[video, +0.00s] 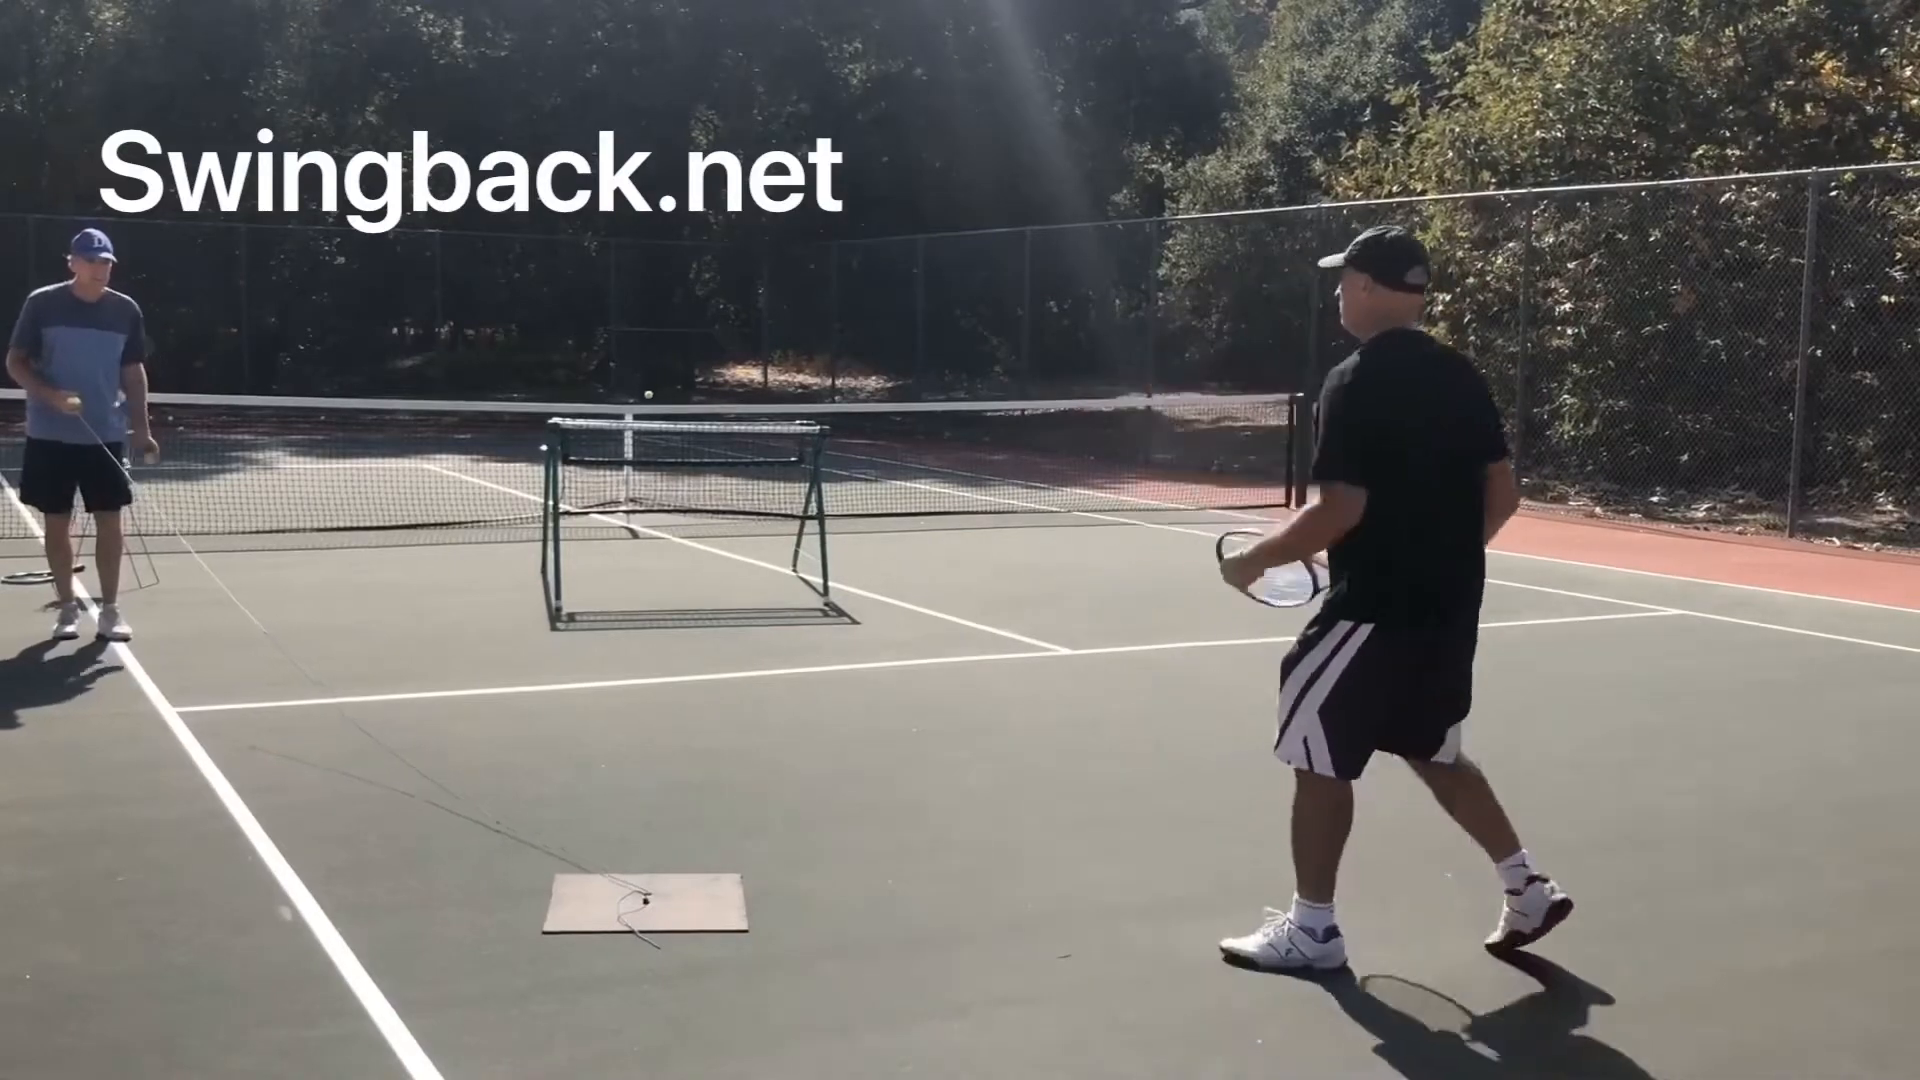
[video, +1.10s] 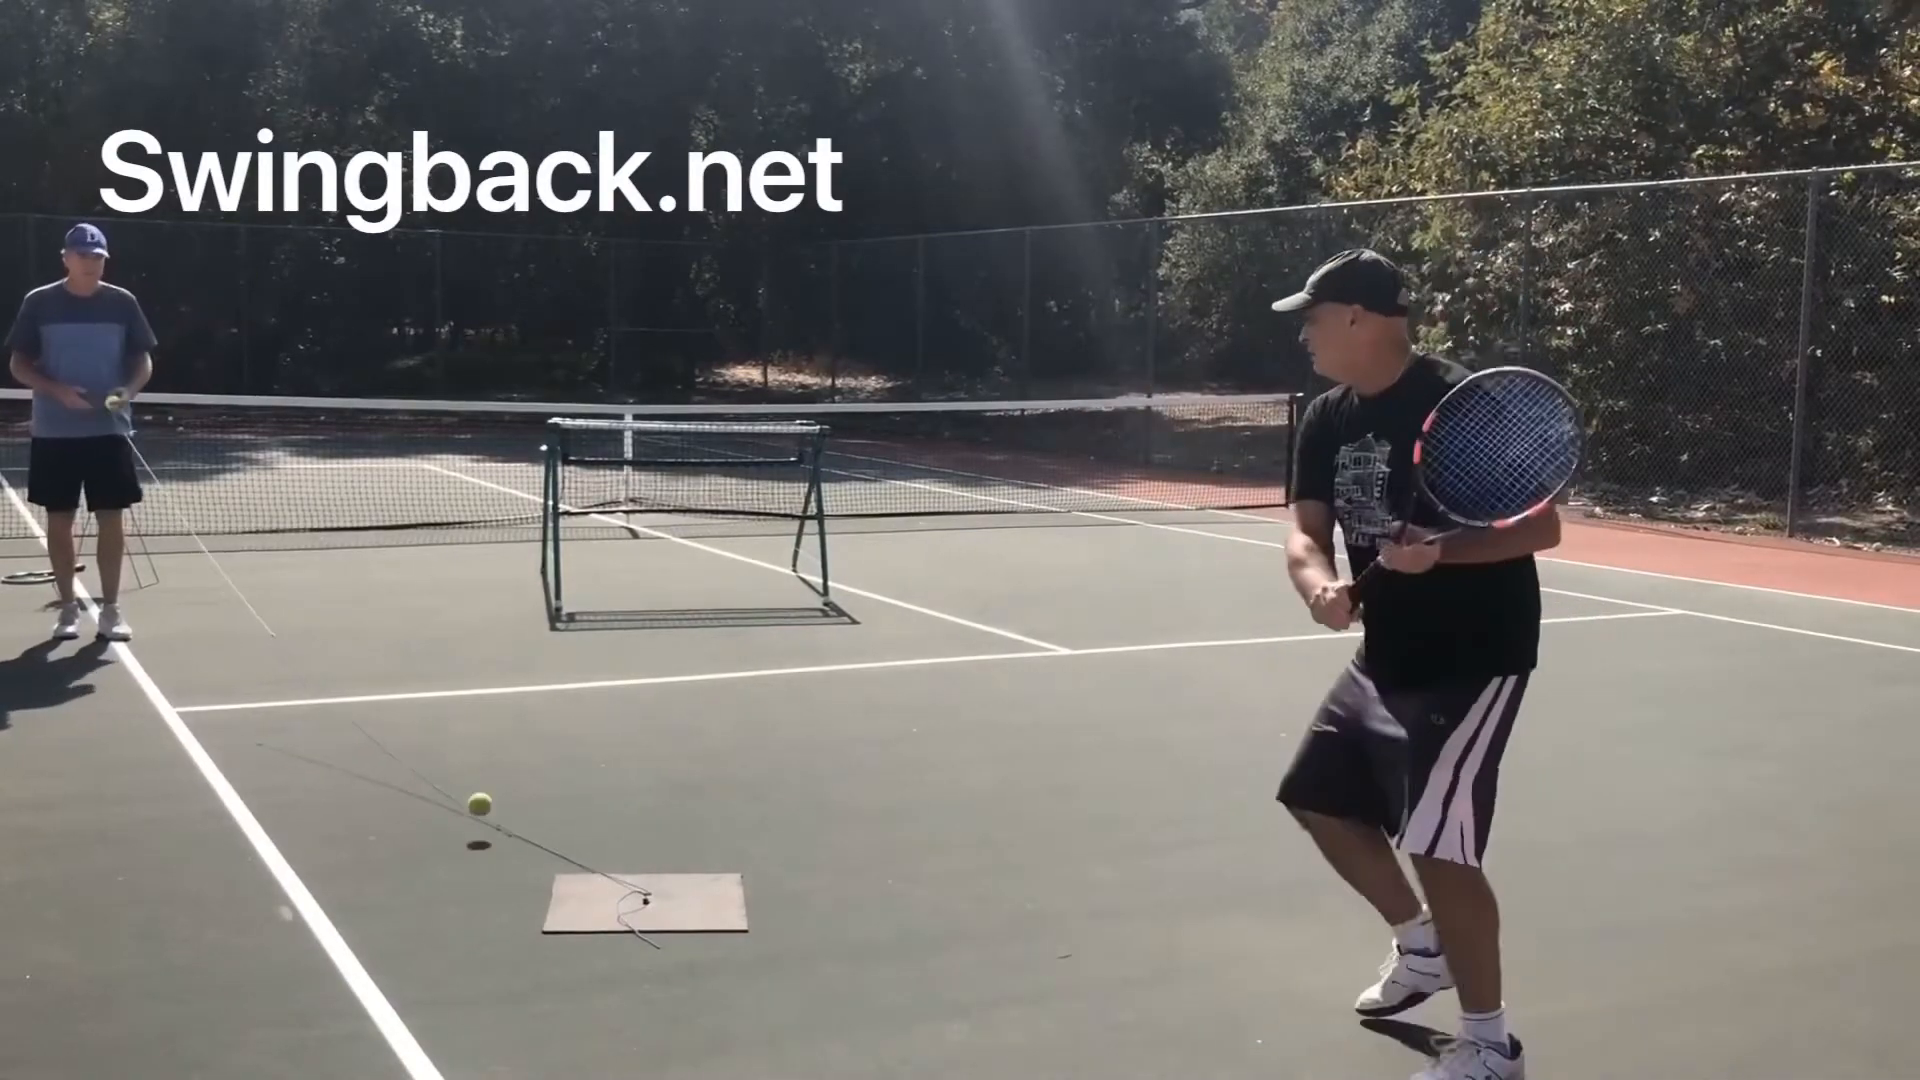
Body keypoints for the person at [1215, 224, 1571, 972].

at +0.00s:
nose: (1339, 296)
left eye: (1346, 284)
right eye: (1343, 283)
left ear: (1371, 289)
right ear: (1415, 294)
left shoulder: (1354, 381)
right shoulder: (1459, 374)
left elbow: (1340, 509)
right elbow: (1501, 494)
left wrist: (1258, 557)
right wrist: (1438, 551)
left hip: (1370, 613)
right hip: (1447, 609)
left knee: (1318, 754)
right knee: (1431, 748)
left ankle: (1312, 927)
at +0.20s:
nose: (1398, 316)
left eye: (1407, 305)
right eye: (1402, 304)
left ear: (1436, 317)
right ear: (1470, 320)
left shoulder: (1438, 409)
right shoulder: (1506, 395)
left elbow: (1426, 542)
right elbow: (1505, 529)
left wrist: (1365, 575)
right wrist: (1422, 580)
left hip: (1488, 634)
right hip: (1549, 629)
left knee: (1383, 741)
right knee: (1527, 782)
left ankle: (1340, 930)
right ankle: (1595, 938)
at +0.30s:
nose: (1413, 303)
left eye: (1423, 290)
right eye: (1417, 290)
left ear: (1460, 299)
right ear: (1480, 302)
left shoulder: (1463, 382)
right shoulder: (1513, 371)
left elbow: (1459, 523)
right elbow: (1525, 505)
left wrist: (1392, 571)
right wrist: (1448, 578)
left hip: (1517, 610)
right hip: (1571, 604)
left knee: (1421, 743)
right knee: (1547, 767)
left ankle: (1443, 951)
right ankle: (1597, 938)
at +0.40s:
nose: (1426, 299)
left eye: (1436, 287)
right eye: (1430, 286)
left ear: (1477, 297)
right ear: (1492, 299)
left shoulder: (1483, 379)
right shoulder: (1517, 369)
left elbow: (1492, 514)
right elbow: (1517, 509)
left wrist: (1419, 563)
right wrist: (1446, 574)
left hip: (1534, 616)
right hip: (1577, 608)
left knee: (1467, 766)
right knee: (1560, 777)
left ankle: (1564, 968)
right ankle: (1599, 945)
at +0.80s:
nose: (1388, 296)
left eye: (1401, 283)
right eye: (1392, 283)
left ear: (1453, 297)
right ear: (1438, 300)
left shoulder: (1510, 379)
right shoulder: (1433, 396)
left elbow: (1556, 512)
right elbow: (1447, 519)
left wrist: (1433, 561)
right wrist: (1395, 586)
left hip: (1554, 630)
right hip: (1486, 630)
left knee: (1507, 804)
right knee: (1462, 794)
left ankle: (1613, 977)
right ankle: (1521, 979)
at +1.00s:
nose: (1338, 325)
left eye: (1350, 310)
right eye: (1340, 312)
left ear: (1400, 312)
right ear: (1385, 316)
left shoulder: (1501, 399)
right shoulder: (1361, 411)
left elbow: (1552, 528)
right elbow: (1338, 533)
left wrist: (1451, 562)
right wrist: (1344, 589)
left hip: (1507, 651)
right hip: (1421, 654)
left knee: (1455, 826)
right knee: (1392, 816)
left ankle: (1492, 1046)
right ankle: (1509, 968)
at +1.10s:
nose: (1304, 333)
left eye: (1316, 318)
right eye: (1306, 319)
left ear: (1363, 323)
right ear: (1354, 326)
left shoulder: (1465, 405)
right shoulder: (1326, 416)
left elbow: (1544, 526)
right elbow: (1304, 539)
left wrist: (1442, 548)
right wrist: (1322, 587)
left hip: (1480, 659)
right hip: (1388, 653)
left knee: (1437, 839)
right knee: (1317, 795)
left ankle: (1489, 1042)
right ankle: (1424, 943)